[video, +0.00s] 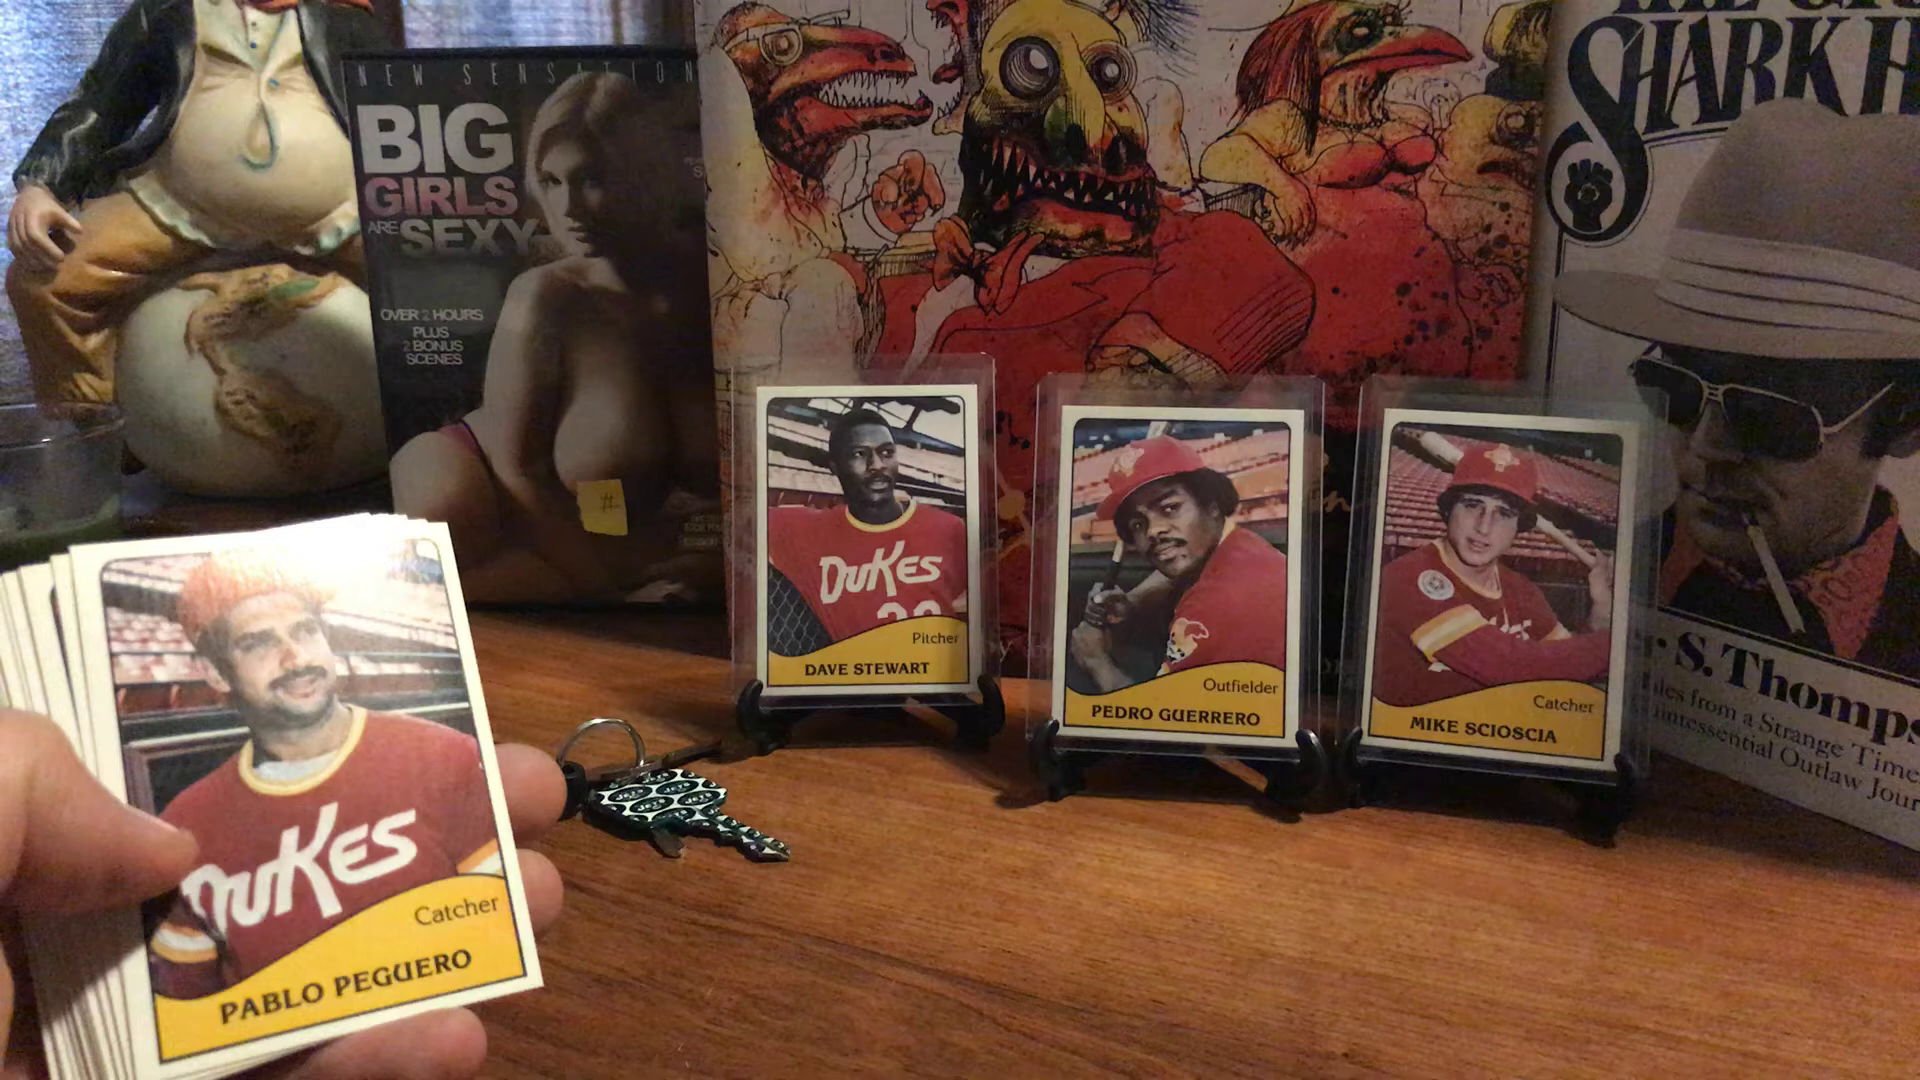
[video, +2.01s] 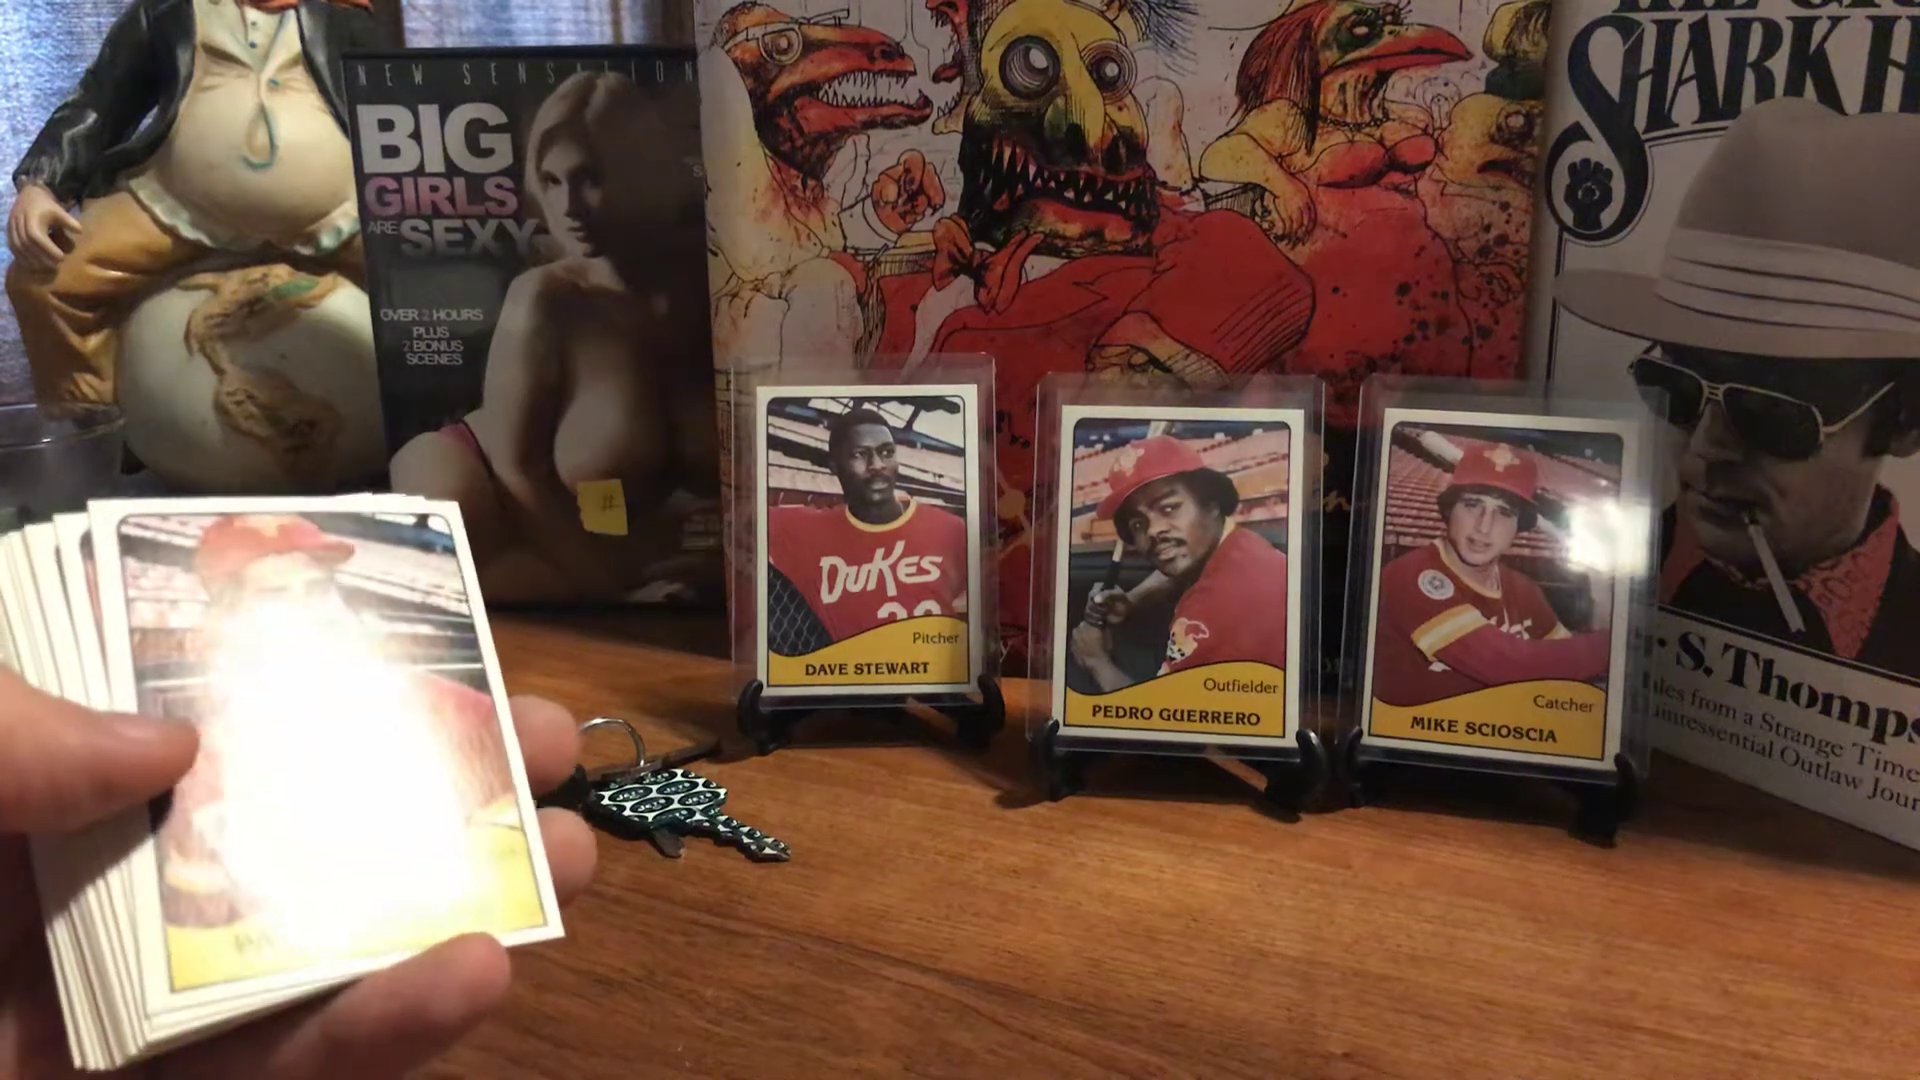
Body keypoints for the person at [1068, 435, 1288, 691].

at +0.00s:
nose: (1154, 530)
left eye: (1169, 508)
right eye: (1138, 524)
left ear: (1211, 505)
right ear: (1133, 542)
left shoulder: (1213, 608)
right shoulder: (1246, 545)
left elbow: (1160, 723)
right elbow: (1183, 570)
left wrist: (1097, 662)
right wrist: (1132, 603)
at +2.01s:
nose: (1155, 530)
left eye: (1169, 508)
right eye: (1139, 523)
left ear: (1211, 505)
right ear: (1133, 540)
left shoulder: (1208, 610)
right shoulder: (1249, 545)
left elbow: (1162, 720)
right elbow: (1185, 565)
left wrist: (1098, 662)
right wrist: (1132, 602)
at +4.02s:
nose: (1155, 531)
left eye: (1169, 508)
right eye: (1138, 524)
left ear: (1213, 503)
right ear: (1132, 540)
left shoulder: (1213, 607)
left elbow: (1161, 722)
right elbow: (1183, 564)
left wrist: (1098, 661)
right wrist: (1133, 602)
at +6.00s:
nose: (1156, 529)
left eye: (1170, 507)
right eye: (1140, 520)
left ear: (1214, 504)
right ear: (1133, 536)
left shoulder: (1213, 602)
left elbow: (1163, 721)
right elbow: (1185, 564)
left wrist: (1098, 661)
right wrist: (1132, 600)